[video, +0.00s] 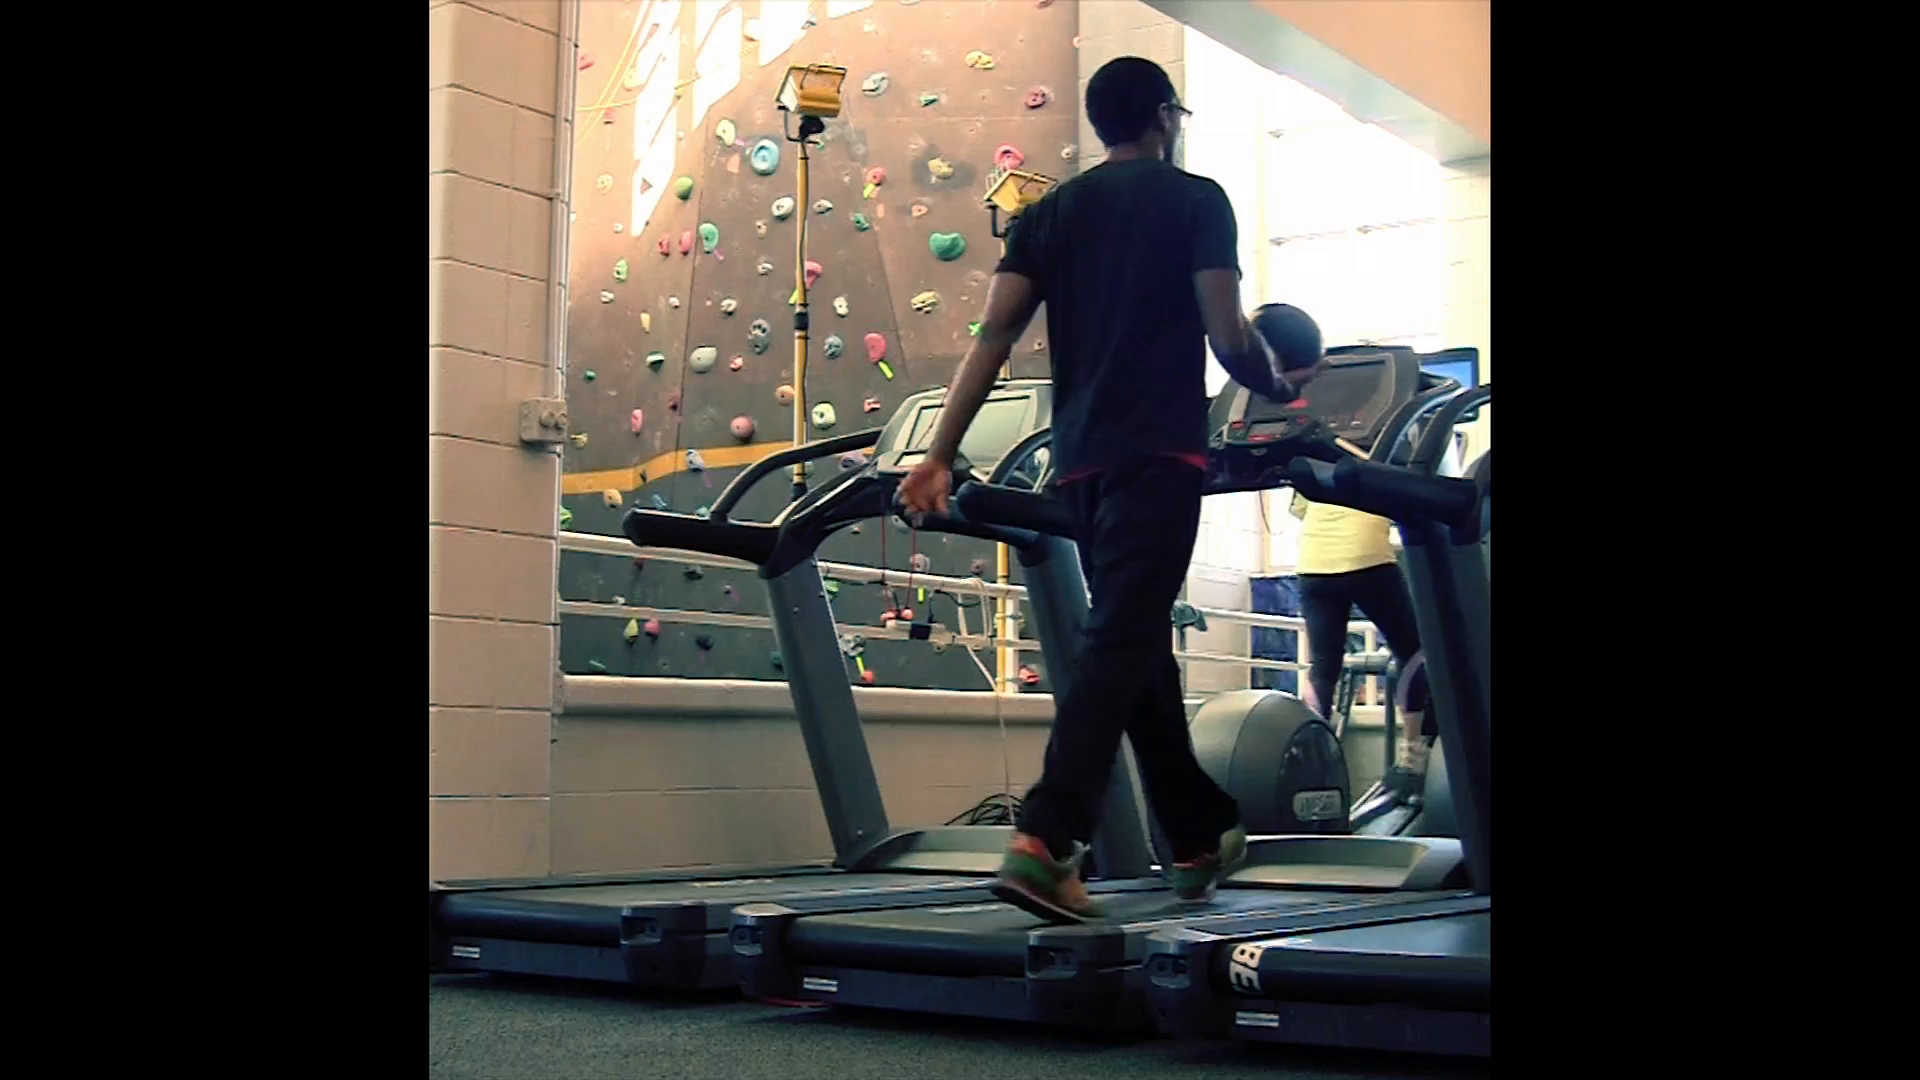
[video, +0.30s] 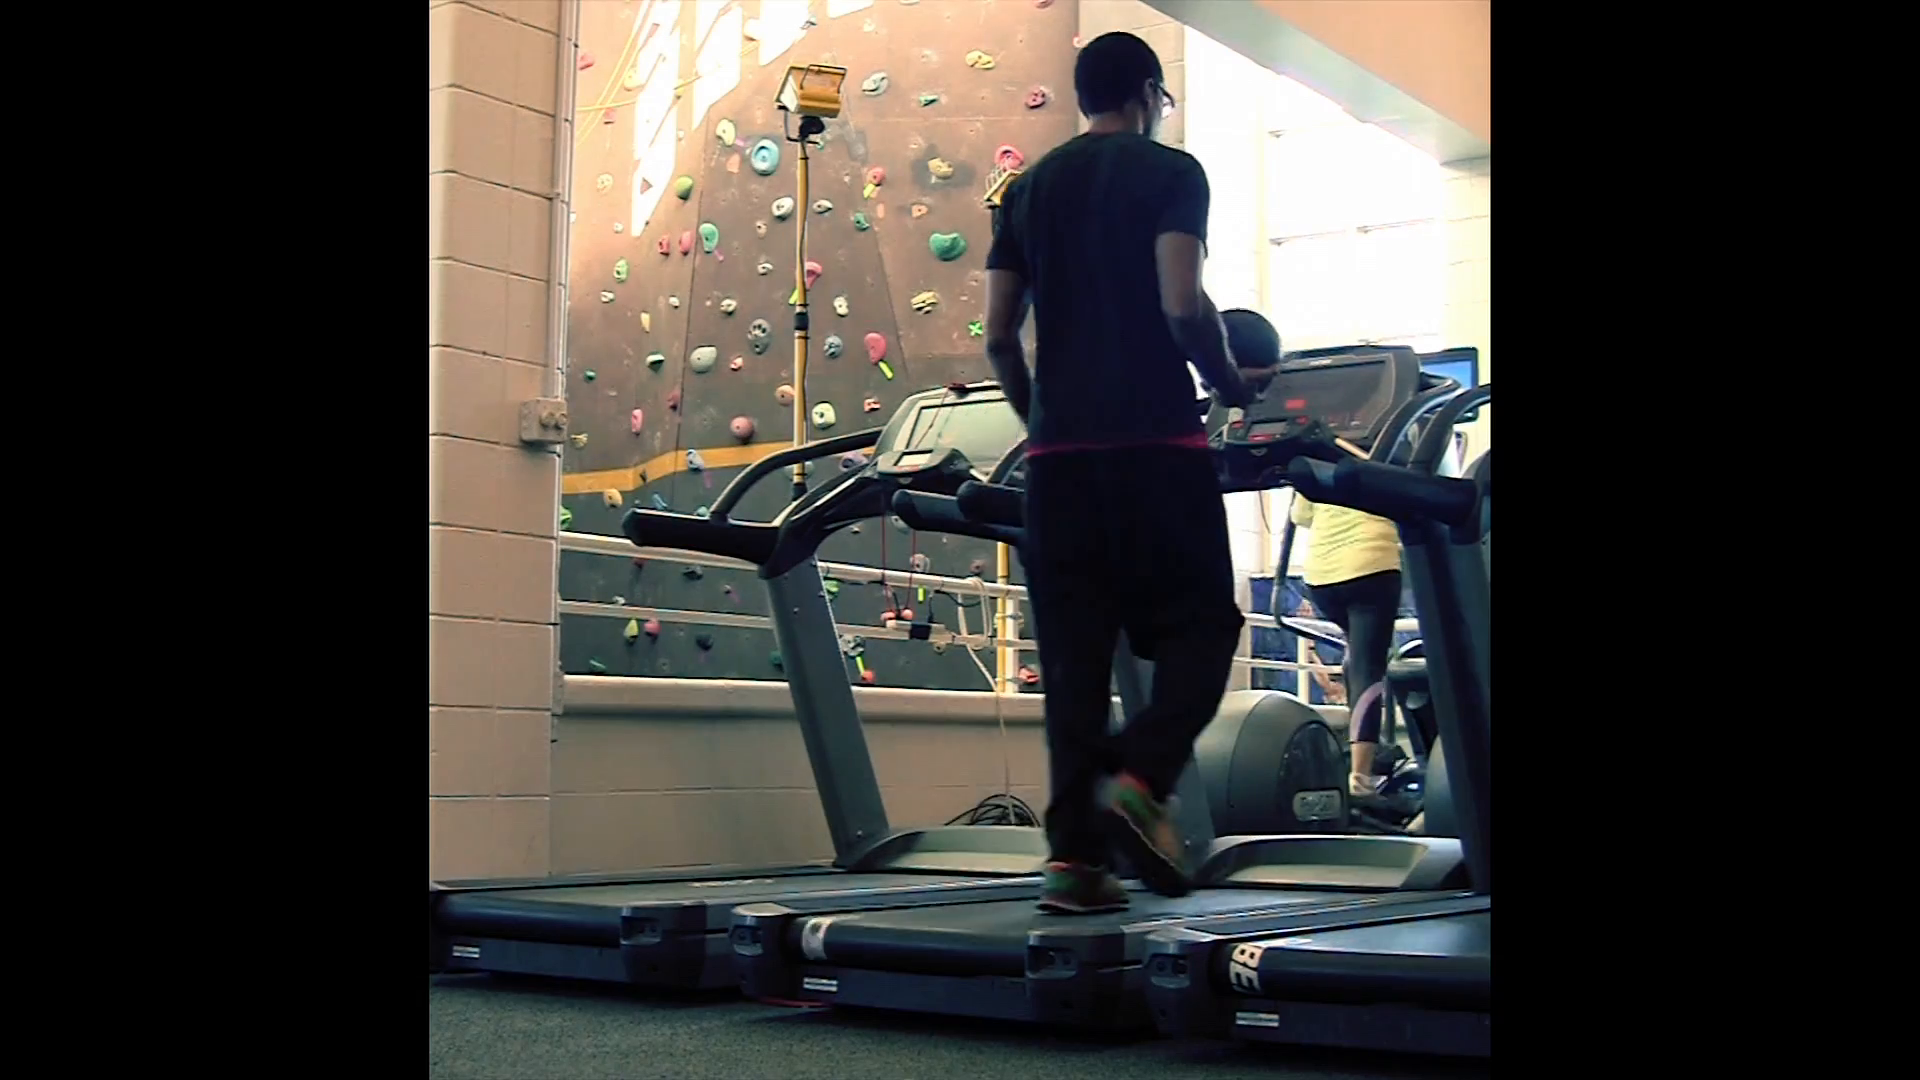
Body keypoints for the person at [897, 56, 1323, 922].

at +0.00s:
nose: (1180, 134)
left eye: (1178, 122)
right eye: (1179, 121)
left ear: (1095, 129)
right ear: (1164, 121)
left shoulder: (1050, 212)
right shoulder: (1193, 197)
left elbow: (994, 339)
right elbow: (1231, 341)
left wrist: (938, 454)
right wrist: (1275, 387)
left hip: (1076, 465)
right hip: (1160, 458)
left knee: (1139, 650)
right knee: (1115, 647)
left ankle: (1195, 838)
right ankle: (1044, 842)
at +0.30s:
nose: (1167, 116)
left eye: (1162, 106)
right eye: (1165, 103)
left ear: (1082, 101)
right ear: (1149, 97)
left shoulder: (1025, 187)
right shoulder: (1171, 169)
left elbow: (997, 337)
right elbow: (1181, 306)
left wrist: (1040, 423)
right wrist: (1231, 383)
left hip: (1060, 466)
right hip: (1157, 460)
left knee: (1072, 664)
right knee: (1206, 625)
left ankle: (1074, 864)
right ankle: (1142, 780)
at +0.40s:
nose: (1164, 119)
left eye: (1159, 108)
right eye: (1162, 106)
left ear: (1082, 103)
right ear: (1148, 100)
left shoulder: (1019, 188)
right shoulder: (1164, 173)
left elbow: (997, 338)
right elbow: (1165, 303)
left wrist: (1059, 382)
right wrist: (1220, 381)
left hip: (1050, 466)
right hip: (1153, 462)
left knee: (1050, 659)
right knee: (1201, 649)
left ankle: (1027, 855)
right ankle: (1204, 846)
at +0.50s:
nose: (1169, 133)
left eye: (1164, 123)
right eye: (1168, 122)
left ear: (1085, 118)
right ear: (1154, 117)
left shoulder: (1023, 202)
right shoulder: (1166, 192)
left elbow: (1005, 347)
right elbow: (1160, 319)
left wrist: (1078, 382)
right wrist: (1218, 400)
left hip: (1043, 475)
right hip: (1146, 475)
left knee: (1022, 661)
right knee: (1175, 659)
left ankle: (980, 852)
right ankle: (1241, 841)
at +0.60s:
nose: (1177, 148)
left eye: (1174, 137)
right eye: (1177, 135)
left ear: (1097, 130)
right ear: (1162, 130)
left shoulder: (1032, 215)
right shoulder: (1169, 205)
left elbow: (1009, 362)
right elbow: (1167, 336)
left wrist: (1083, 391)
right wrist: (1220, 414)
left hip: (1053, 487)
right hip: (1153, 483)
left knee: (1027, 650)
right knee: (1179, 670)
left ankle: (945, 814)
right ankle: (1214, 860)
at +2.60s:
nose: (1040, 148)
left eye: (1046, 129)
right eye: (1041, 131)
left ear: (1082, 123)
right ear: (1129, 127)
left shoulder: (1058, 216)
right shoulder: (1212, 210)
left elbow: (953, 328)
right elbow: (1288, 329)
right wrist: (1223, 384)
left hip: (1112, 465)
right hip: (1213, 467)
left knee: (1051, 646)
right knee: (1217, 660)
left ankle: (1030, 854)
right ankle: (1196, 857)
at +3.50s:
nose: (1104, 116)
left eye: (1119, 103)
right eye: (1089, 101)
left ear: (1137, 105)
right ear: (1062, 100)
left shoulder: (1176, 177)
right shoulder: (1029, 206)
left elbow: (1293, 227)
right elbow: (1050, 301)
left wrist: (1322, 317)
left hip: (1159, 416)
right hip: (1072, 434)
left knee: (1147, 598)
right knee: (1098, 647)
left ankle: (1296, 760)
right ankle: (1155, 837)